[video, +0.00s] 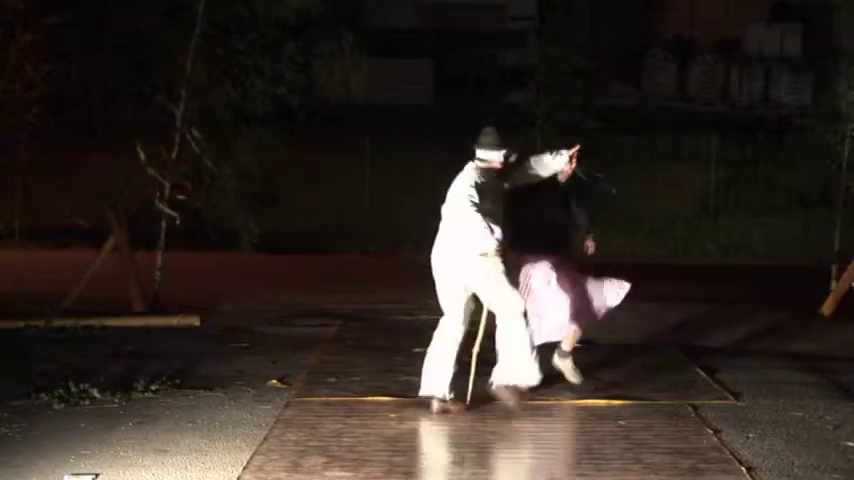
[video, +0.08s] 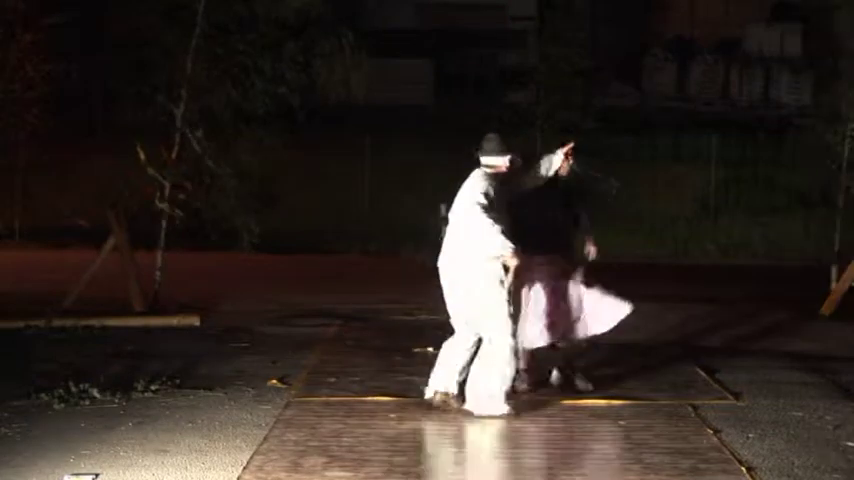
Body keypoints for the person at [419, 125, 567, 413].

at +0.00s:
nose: (503, 160)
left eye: (503, 155)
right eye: (499, 155)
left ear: (491, 155)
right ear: (488, 156)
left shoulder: (493, 175)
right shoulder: (469, 181)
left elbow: (524, 171)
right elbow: (468, 217)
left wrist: (557, 160)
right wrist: (488, 247)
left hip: (449, 258)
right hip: (470, 257)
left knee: (454, 319)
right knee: (510, 306)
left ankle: (436, 390)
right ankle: (509, 379)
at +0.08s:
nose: (508, 164)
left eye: (507, 159)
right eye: (503, 160)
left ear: (489, 161)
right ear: (494, 162)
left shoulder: (492, 180)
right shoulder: (478, 187)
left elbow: (523, 180)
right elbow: (480, 225)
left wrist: (554, 162)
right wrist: (506, 250)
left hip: (462, 268)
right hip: (476, 270)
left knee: (467, 329)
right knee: (499, 332)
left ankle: (441, 388)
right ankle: (487, 400)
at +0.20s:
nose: (515, 169)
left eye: (513, 164)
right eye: (512, 165)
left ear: (490, 165)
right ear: (509, 167)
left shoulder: (485, 187)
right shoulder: (490, 193)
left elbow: (501, 229)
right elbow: (504, 230)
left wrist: (522, 256)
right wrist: (529, 257)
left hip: (470, 265)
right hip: (480, 269)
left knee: (488, 315)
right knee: (503, 329)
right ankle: (486, 399)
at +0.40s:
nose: (526, 152)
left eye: (526, 147)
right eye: (523, 148)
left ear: (504, 147)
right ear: (515, 149)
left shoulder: (500, 169)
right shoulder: (502, 174)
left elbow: (508, 218)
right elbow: (511, 219)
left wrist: (526, 253)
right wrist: (534, 254)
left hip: (488, 253)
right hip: (488, 256)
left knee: (498, 318)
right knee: (497, 320)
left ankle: (489, 387)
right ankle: (487, 390)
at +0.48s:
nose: (531, 154)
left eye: (532, 148)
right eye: (526, 150)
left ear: (513, 150)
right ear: (514, 152)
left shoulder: (507, 168)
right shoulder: (505, 177)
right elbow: (512, 223)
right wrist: (532, 258)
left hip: (493, 251)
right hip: (486, 254)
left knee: (504, 313)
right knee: (501, 314)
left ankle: (493, 380)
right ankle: (483, 386)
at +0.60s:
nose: (539, 165)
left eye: (539, 159)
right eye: (535, 160)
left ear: (517, 159)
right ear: (525, 162)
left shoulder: (512, 180)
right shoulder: (510, 189)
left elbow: (527, 145)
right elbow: (513, 236)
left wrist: (535, 121)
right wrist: (539, 265)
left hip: (502, 265)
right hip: (496, 268)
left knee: (513, 325)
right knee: (508, 327)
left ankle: (519, 388)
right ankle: (481, 394)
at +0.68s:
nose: (546, 168)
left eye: (546, 163)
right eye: (542, 164)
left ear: (524, 159)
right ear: (530, 164)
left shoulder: (519, 181)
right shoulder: (516, 188)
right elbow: (522, 236)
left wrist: (533, 130)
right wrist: (547, 271)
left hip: (505, 263)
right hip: (498, 266)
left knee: (524, 320)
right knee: (511, 324)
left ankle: (521, 375)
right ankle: (482, 392)